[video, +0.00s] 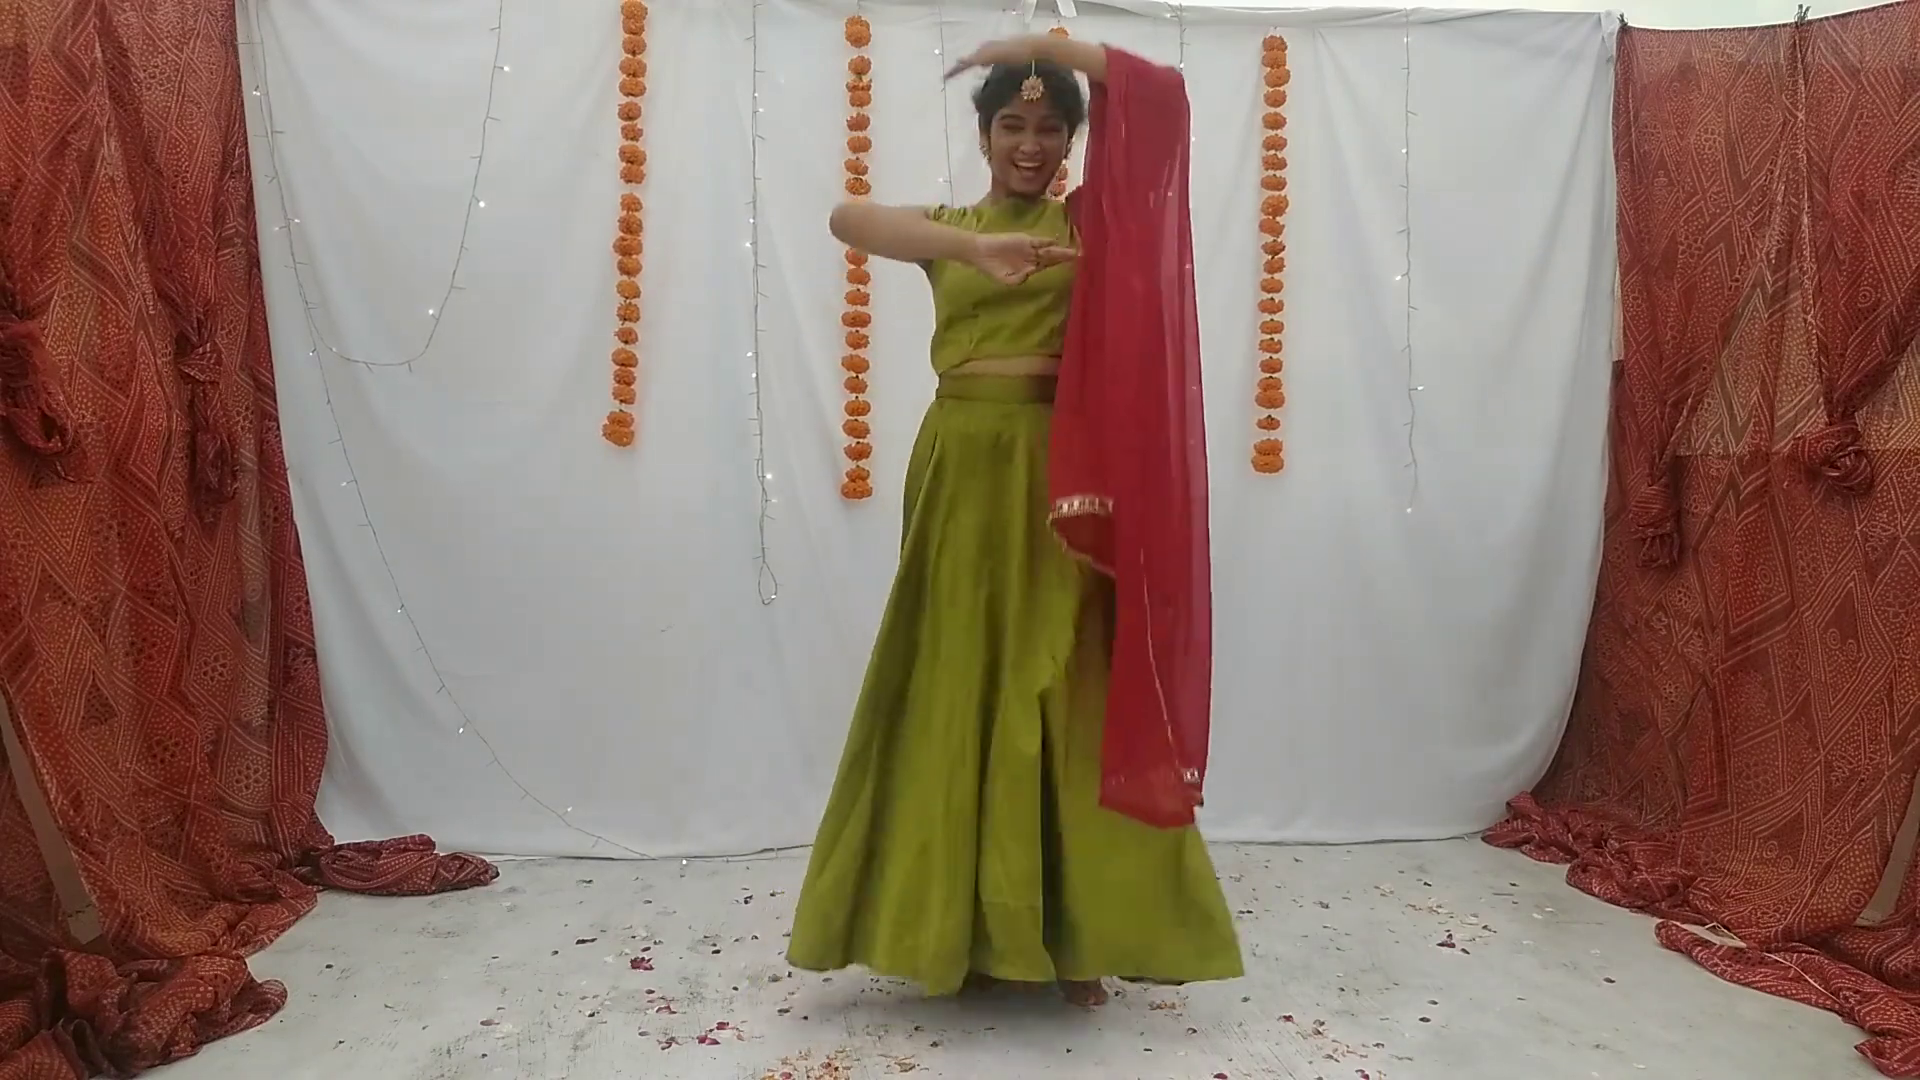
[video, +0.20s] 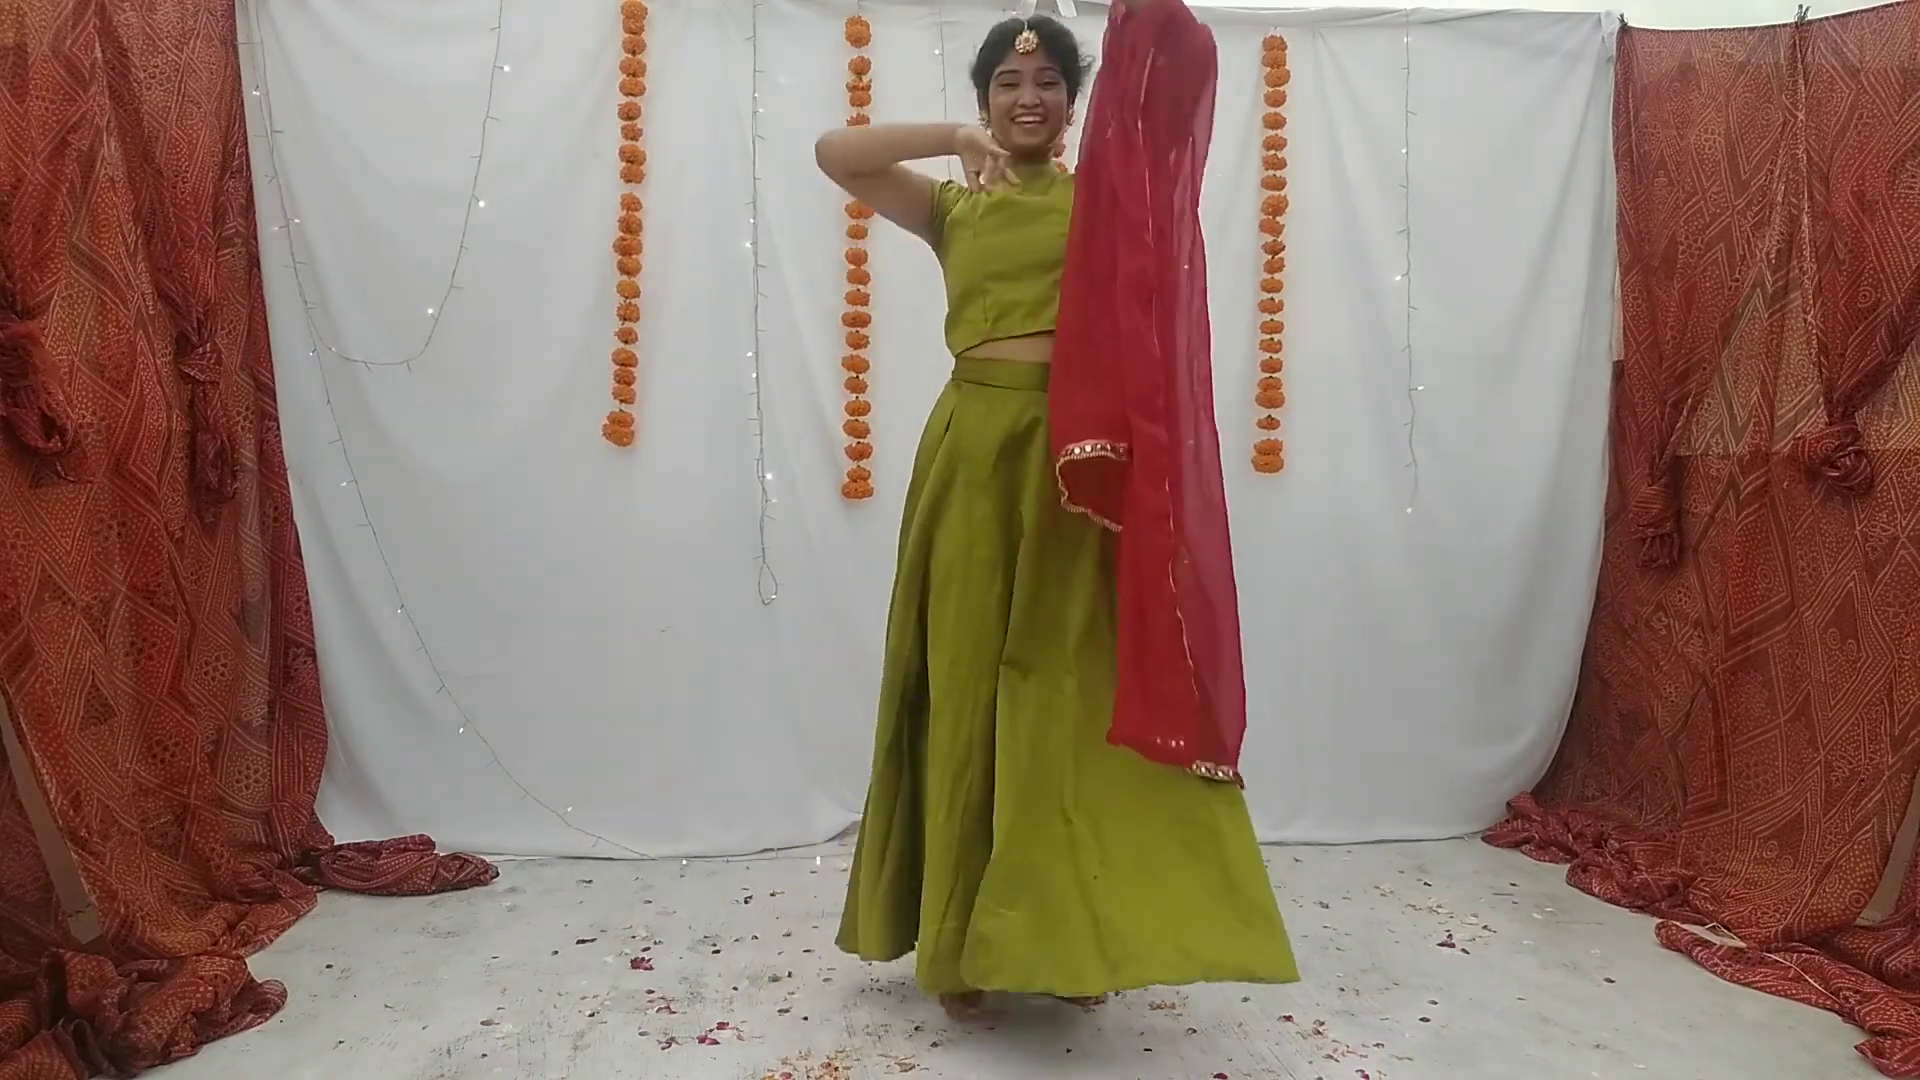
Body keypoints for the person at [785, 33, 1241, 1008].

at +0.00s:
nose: (1032, 144)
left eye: (1050, 127)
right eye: (1014, 126)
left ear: (1074, 138)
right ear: (985, 133)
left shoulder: (1099, 225)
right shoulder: (951, 226)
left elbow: (1162, 94)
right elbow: (848, 219)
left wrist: (1045, 42)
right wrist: (971, 246)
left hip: (1070, 474)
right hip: (967, 470)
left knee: (1071, 697)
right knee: (965, 694)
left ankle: (1074, 933)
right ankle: (973, 930)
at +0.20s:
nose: (1030, 95)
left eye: (1047, 80)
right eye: (1011, 81)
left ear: (1077, 98)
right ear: (985, 101)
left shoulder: (1113, 194)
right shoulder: (954, 205)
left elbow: (1181, 98)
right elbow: (841, 151)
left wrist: (1149, 15)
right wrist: (961, 136)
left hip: (1087, 452)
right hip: (977, 446)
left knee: (1071, 696)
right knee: (971, 694)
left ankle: (1070, 937)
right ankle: (964, 942)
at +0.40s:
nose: (1006, 127)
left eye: (1022, 112)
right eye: (987, 114)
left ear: (1052, 130)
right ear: (960, 139)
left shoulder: (1096, 234)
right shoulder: (941, 252)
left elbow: (1193, 309)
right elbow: (845, 369)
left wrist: (1108, 223)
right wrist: (904, 265)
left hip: (1086, 495)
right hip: (972, 492)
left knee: (1085, 732)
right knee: (969, 730)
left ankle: (1086, 984)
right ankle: (965, 975)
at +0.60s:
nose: (987, 157)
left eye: (1004, 143)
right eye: (969, 146)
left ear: (1036, 167)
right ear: (944, 173)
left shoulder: (1082, 275)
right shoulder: (918, 292)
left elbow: (1184, 377)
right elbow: (865, 424)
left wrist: (1236, 300)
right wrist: (766, 393)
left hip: (1057, 522)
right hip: (951, 519)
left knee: (1068, 756)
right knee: (959, 754)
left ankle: (1067, 992)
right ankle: (956, 986)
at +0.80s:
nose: (1021, 112)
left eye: (1036, 97)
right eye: (1000, 102)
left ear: (1062, 119)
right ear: (973, 130)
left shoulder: (1072, 238)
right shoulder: (971, 223)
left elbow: (1127, 375)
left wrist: (1228, 419)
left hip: (1041, 488)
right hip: (967, 479)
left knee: (1043, 722)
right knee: (969, 725)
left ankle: (1026, 963)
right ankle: (953, 972)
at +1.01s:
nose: (1085, 132)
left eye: (1083, 116)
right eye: (1065, 120)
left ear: (1014, 156)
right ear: (1014, 148)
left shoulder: (971, 239)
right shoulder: (1052, 238)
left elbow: (887, 322)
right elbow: (1171, 254)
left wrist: (802, 358)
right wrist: (1289, 237)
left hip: (939, 480)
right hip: (1006, 488)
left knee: (947, 712)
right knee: (1005, 716)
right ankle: (963, 959)